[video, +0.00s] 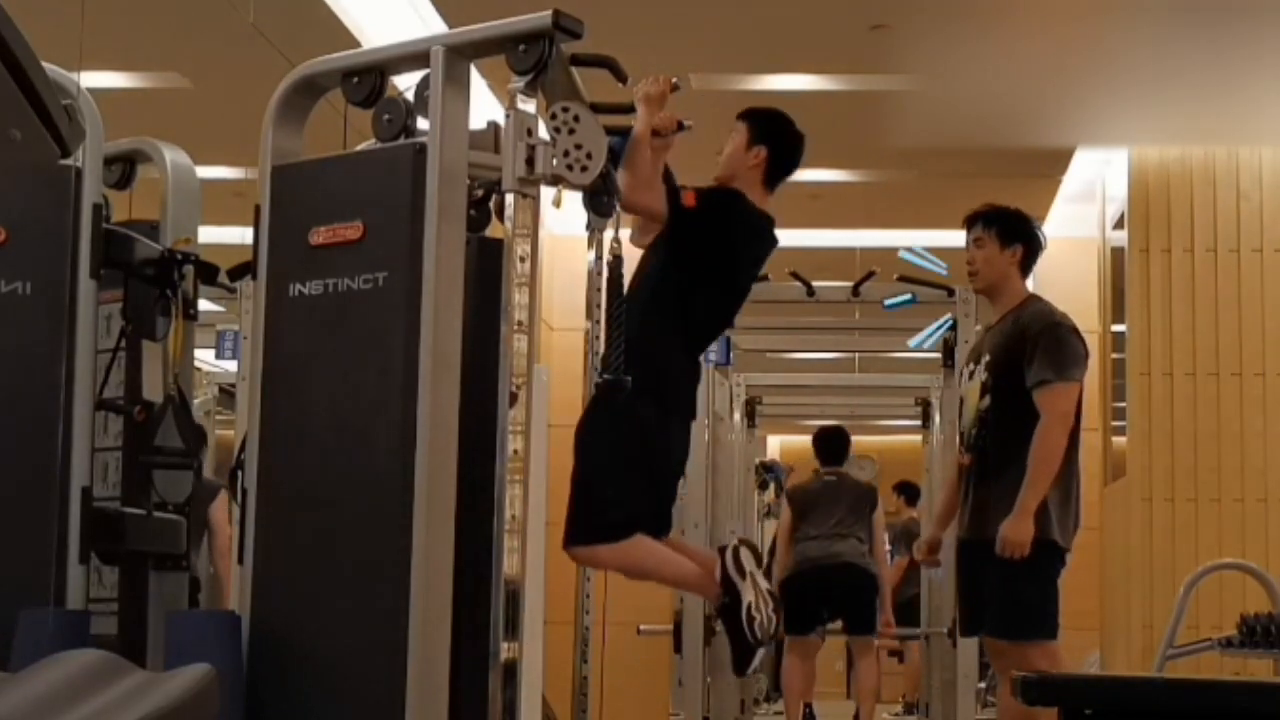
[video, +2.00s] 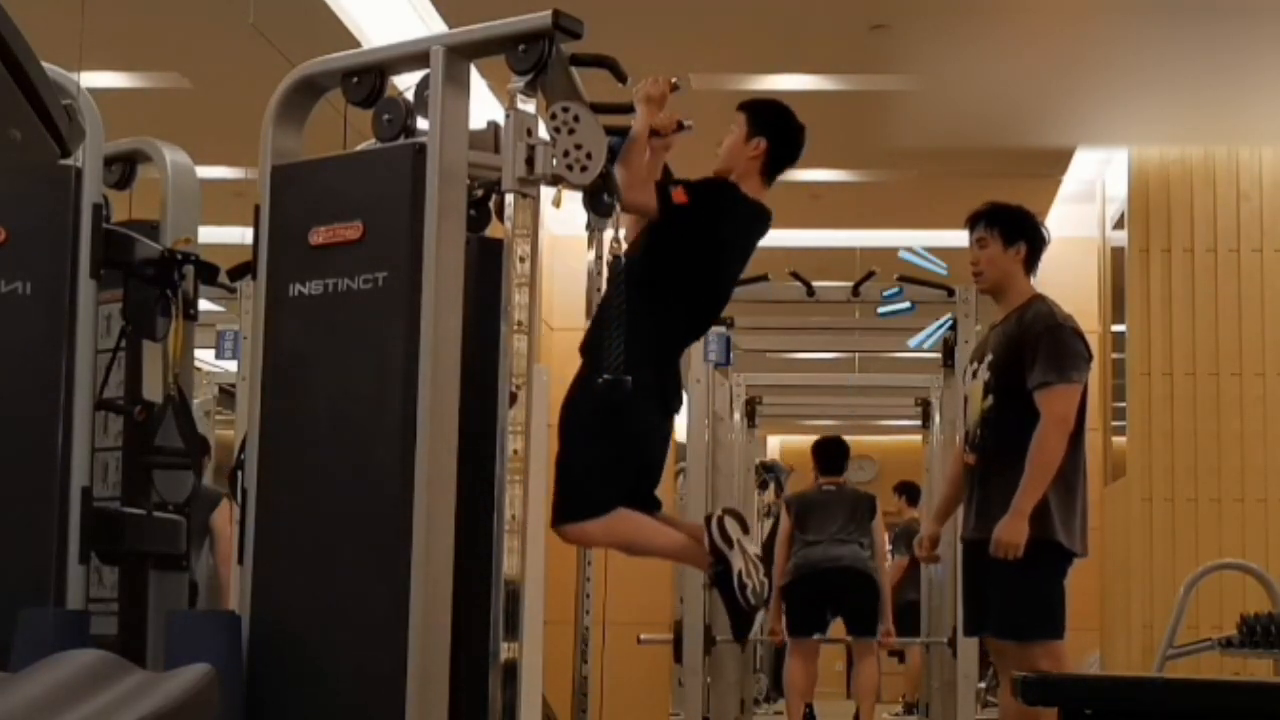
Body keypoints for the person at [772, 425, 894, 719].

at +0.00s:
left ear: (815, 454)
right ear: (848, 453)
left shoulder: (795, 494)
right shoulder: (868, 493)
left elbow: (782, 555)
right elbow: (880, 557)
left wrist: (779, 599)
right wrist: (886, 609)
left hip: (804, 581)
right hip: (855, 581)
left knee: (797, 652)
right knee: (865, 652)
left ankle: (794, 716)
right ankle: (865, 715)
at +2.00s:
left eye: (814, 461)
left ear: (813, 464)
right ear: (847, 464)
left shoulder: (794, 503)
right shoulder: (867, 502)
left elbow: (780, 564)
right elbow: (882, 564)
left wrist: (775, 613)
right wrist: (887, 618)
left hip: (806, 585)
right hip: (858, 584)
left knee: (801, 653)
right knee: (865, 653)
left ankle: (798, 715)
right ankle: (865, 715)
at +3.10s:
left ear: (817, 409)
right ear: (850, 409)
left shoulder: (794, 457)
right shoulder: (870, 457)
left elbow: (778, 518)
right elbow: (883, 519)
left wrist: (774, 569)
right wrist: (890, 571)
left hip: (807, 566)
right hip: (857, 566)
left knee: (804, 647)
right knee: (860, 647)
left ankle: (797, 715)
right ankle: (864, 714)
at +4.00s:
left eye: (814, 396)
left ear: (811, 399)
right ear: (845, 398)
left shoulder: (790, 448)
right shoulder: (866, 447)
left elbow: (771, 509)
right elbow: (884, 510)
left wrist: (772, 559)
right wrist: (888, 560)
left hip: (806, 567)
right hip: (855, 566)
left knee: (805, 649)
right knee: (858, 650)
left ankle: (797, 716)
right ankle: (863, 715)